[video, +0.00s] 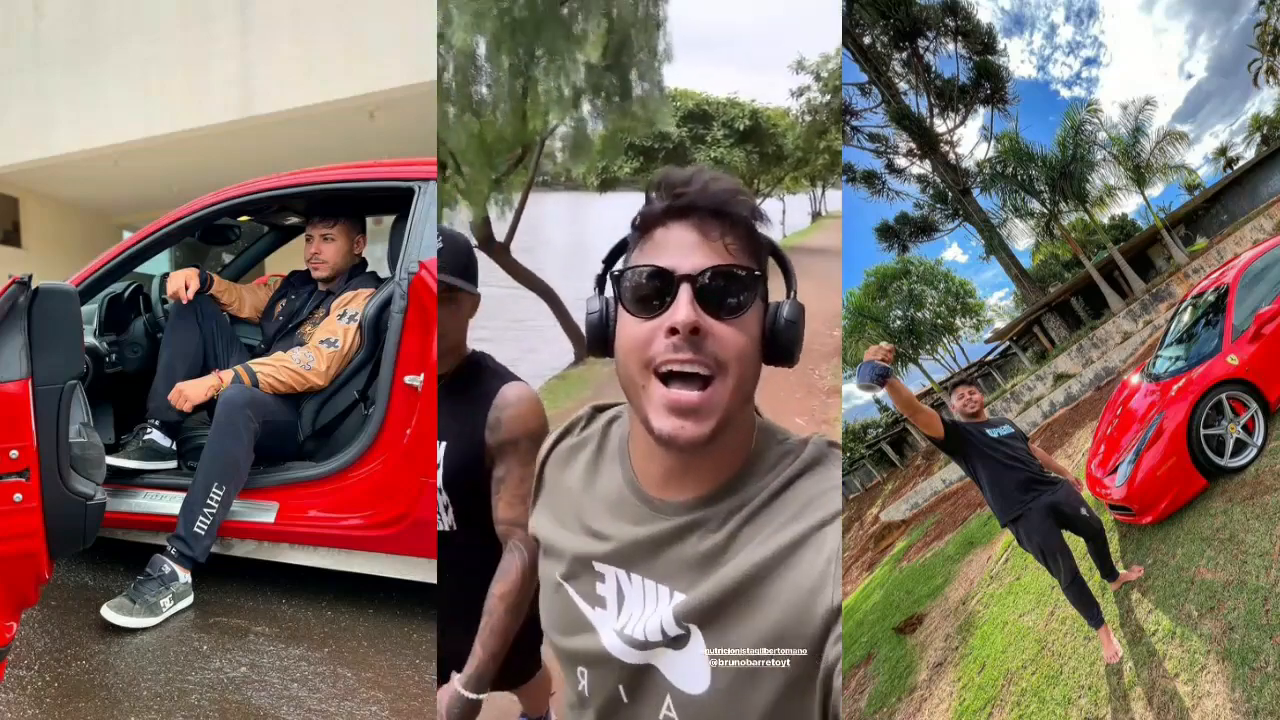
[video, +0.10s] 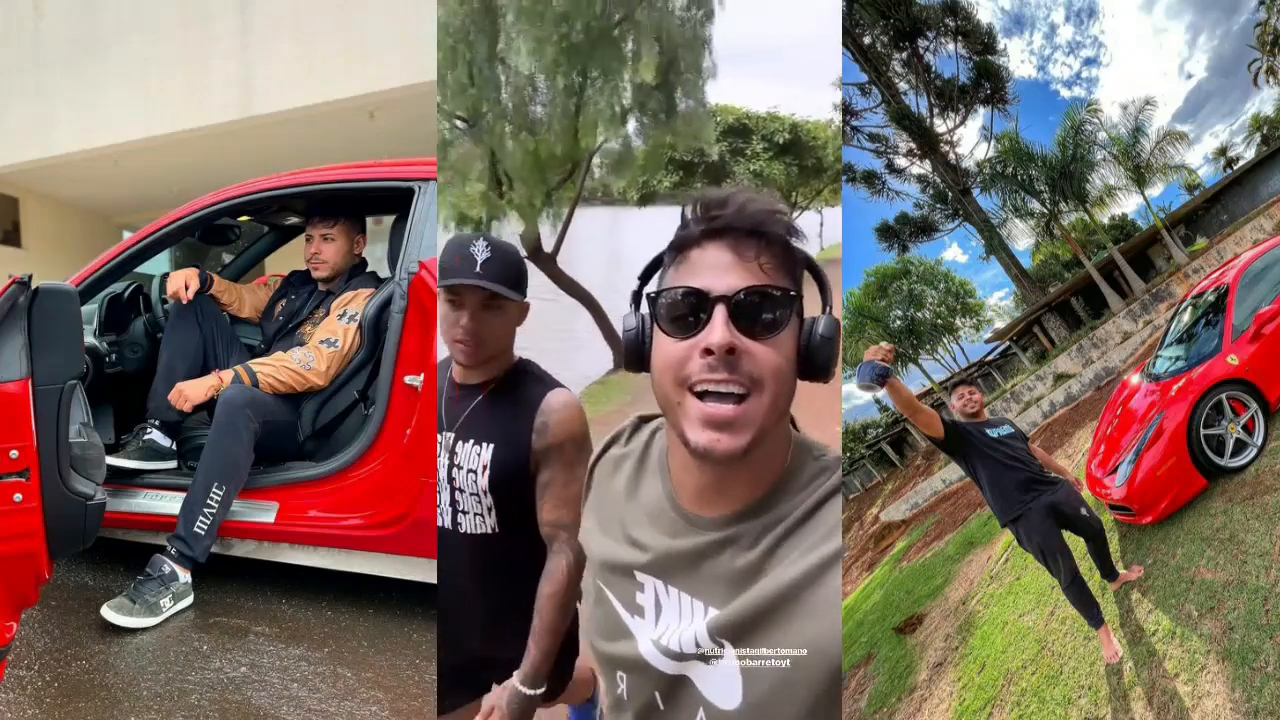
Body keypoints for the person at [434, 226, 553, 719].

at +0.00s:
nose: (428, 313)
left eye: (444, 298)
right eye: (419, 296)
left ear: (471, 305)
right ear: (399, 302)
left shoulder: (508, 404)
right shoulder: (387, 386)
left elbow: (520, 546)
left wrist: (469, 683)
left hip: (487, 598)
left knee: (523, 675)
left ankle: (540, 712)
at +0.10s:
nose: (467, 322)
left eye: (490, 305)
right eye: (454, 302)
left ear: (521, 316)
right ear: (439, 307)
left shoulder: (552, 411)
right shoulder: (440, 383)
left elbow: (564, 549)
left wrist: (529, 683)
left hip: (521, 649)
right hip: (454, 628)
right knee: (453, 709)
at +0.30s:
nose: (523, 285)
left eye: (545, 269)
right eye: (510, 266)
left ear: (570, 280)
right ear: (490, 271)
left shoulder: (603, 388)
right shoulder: (464, 366)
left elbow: (618, 518)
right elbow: (435, 479)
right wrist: (392, 548)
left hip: (558, 601)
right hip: (481, 584)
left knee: (542, 711)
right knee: (501, 702)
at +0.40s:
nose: (552, 281)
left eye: (572, 264)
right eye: (537, 261)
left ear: (594, 276)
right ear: (515, 266)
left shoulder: (624, 381)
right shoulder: (484, 360)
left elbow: (645, 505)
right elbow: (441, 471)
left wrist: (626, 600)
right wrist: (395, 545)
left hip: (576, 594)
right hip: (502, 578)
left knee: (547, 709)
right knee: (529, 679)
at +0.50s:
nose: (586, 288)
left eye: (606, 272)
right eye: (572, 267)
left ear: (625, 280)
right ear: (545, 269)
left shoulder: (650, 384)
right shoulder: (509, 362)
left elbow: (664, 500)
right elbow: (455, 464)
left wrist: (649, 589)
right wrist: (410, 544)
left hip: (607, 602)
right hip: (531, 590)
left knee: (588, 708)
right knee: (549, 700)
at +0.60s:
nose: (605, 318)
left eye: (625, 301)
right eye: (589, 297)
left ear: (641, 310)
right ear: (559, 299)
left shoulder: (664, 416)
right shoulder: (517, 393)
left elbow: (682, 530)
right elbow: (455, 497)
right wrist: (407, 579)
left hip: (620, 621)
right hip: (538, 614)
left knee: (606, 712)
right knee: (522, 707)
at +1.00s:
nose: (631, 293)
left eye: (654, 271)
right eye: (612, 268)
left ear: (673, 280)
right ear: (579, 271)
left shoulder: (702, 409)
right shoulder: (544, 371)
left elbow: (711, 556)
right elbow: (516, 475)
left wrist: (683, 691)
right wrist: (486, 571)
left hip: (629, 676)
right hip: (530, 647)